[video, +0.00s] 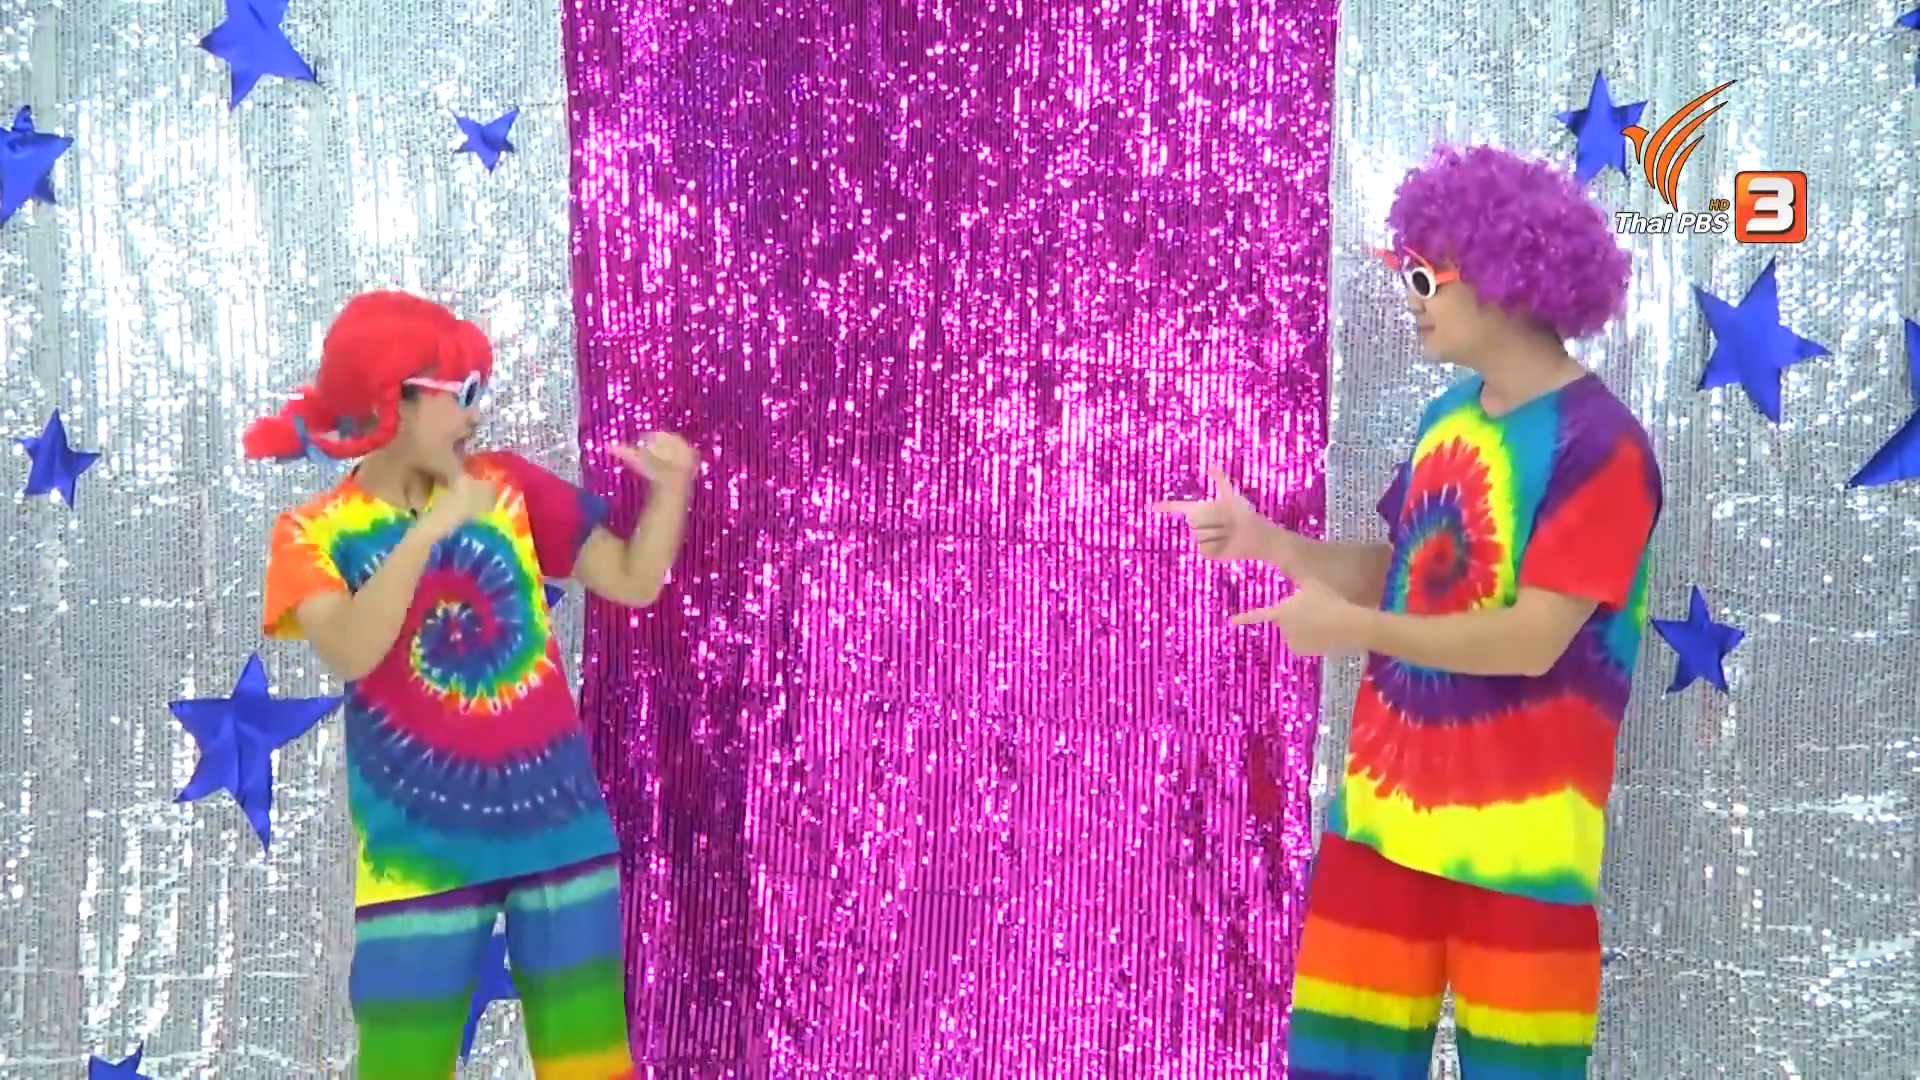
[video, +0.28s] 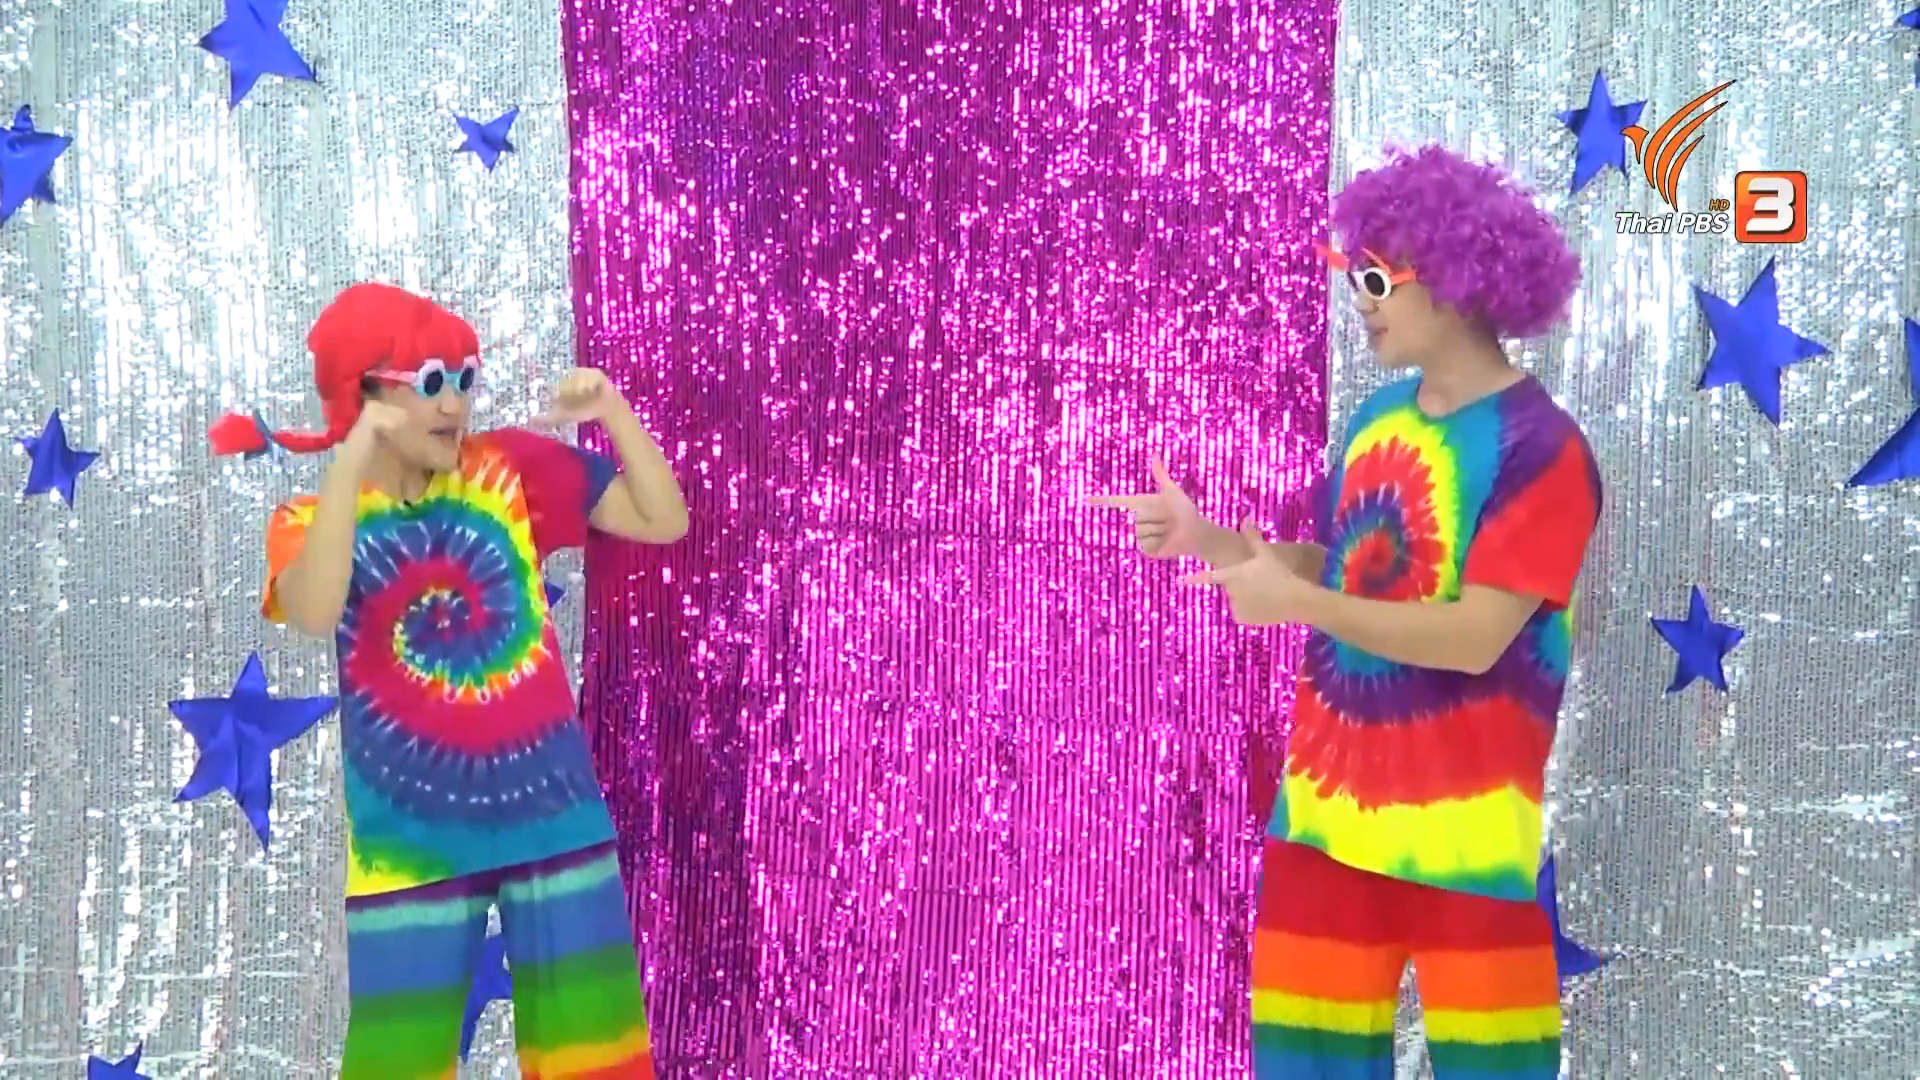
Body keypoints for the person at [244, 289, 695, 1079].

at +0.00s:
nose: (475, 414)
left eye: (473, 394)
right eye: (458, 394)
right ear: (392, 404)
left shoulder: (507, 485)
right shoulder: (309, 533)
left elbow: (633, 579)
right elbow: (351, 650)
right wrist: (432, 525)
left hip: (562, 839)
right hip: (418, 855)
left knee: (589, 1063)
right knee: (402, 1067)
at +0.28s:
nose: (454, 404)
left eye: (461, 380)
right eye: (429, 384)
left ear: (474, 385)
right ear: (366, 400)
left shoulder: (511, 465)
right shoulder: (309, 520)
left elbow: (663, 519)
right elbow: (314, 610)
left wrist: (611, 407)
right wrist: (352, 457)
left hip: (559, 831)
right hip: (409, 847)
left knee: (598, 1056)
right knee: (399, 1063)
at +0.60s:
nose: (465, 423)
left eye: (483, 397)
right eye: (437, 409)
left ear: (525, 402)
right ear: (415, 431)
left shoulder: (584, 511)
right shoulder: (389, 535)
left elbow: (665, 624)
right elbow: (320, 650)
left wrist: (574, 596)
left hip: (562, 856)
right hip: (420, 858)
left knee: (565, 1064)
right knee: (389, 1063)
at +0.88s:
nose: (508, 382)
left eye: (531, 357)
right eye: (486, 365)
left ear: (584, 374)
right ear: (472, 391)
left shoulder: (614, 499)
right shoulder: (470, 511)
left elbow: (653, 664)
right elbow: (436, 657)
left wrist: (658, 822)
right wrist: (373, 774)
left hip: (574, 832)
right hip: (452, 824)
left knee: (574, 1056)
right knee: (410, 1051)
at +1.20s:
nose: (535, 402)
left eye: (561, 379)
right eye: (515, 382)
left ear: (611, 400)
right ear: (497, 405)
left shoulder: (638, 537)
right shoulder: (491, 509)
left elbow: (662, 704)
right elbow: (481, 660)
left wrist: (669, 832)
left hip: (578, 835)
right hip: (458, 822)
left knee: (567, 1054)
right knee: (424, 1049)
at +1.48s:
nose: (547, 383)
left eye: (575, 364)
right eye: (527, 359)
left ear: (614, 393)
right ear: (500, 379)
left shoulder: (641, 523)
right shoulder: (446, 485)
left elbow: (695, 676)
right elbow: (380, 595)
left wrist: (750, 841)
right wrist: (271, 674)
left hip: (572, 837)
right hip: (428, 826)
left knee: (588, 1061)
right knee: (395, 1058)